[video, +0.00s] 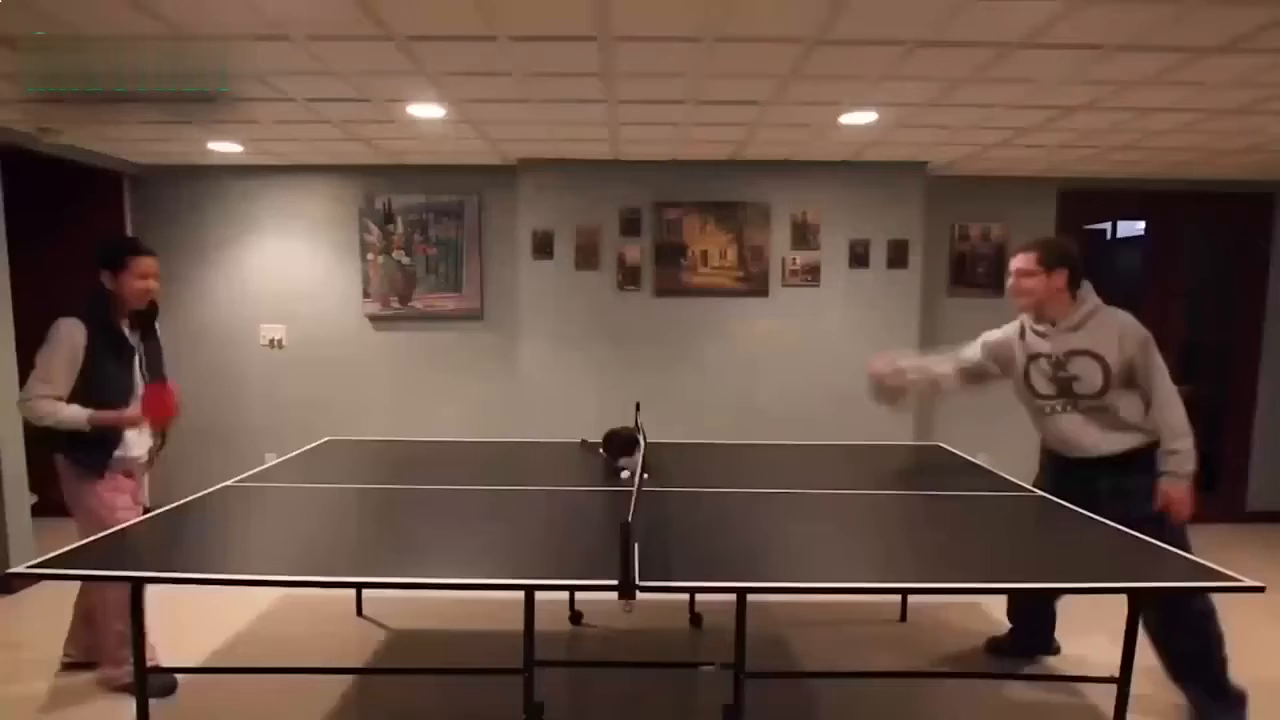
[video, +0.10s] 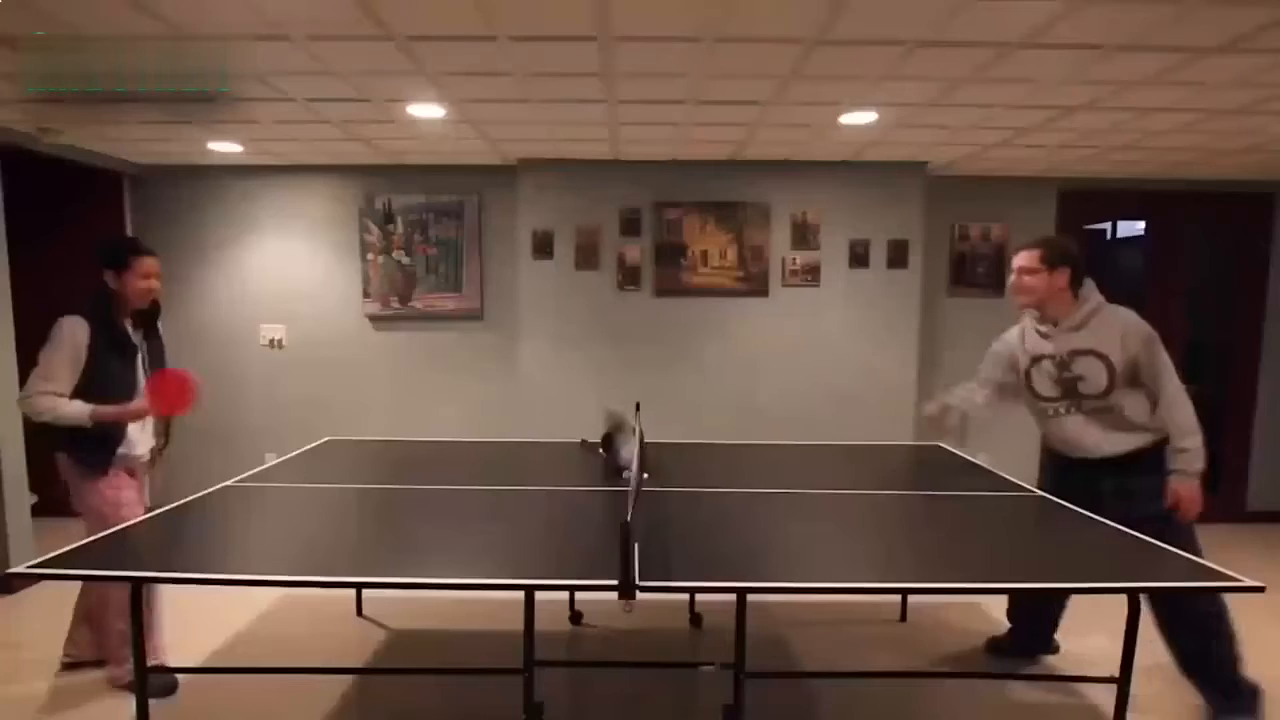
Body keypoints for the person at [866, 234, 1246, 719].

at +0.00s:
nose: (1013, 285)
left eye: (1024, 275)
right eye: (1012, 275)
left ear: (1060, 279)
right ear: (1018, 284)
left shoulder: (1120, 330)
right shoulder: (1013, 340)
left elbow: (1165, 400)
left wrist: (1177, 472)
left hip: (1130, 468)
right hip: (1063, 469)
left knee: (1168, 584)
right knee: (1034, 550)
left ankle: (1215, 701)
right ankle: (1030, 634)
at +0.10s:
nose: (1015, 281)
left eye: (1026, 273)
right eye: (1014, 273)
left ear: (1060, 278)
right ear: (1015, 280)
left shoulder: (1124, 328)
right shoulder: (1015, 343)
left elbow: (1172, 396)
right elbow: (980, 392)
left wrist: (1187, 471)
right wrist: (940, 412)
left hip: (1137, 467)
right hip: (1066, 468)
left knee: (1178, 581)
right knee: (1043, 556)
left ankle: (1229, 693)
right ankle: (1027, 637)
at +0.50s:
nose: (1160, 251)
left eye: (1174, 241)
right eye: (1159, 241)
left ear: (1216, 249)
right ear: (1159, 248)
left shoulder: (1262, 318)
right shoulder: (1154, 313)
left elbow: (1277, 417)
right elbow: (1149, 384)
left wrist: (1267, 499)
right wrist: (1122, 407)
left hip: (1224, 484)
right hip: (1157, 476)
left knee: (1234, 616)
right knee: (1122, 570)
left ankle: (1256, 707)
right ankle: (1070, 648)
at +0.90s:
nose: (1154, 247)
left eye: (1167, 238)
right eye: (1154, 238)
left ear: (1208, 246)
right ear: (1159, 247)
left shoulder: (1255, 318)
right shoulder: (1161, 313)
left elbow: (1263, 418)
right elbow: (1154, 390)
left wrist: (1230, 497)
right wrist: (1114, 401)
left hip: (1201, 481)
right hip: (1142, 471)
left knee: (1230, 614)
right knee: (1112, 571)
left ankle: (1260, 707)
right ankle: (1068, 650)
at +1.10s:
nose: (1127, 262)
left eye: (1138, 251)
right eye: (1127, 251)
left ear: (1179, 256)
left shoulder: (1232, 323)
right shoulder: (1141, 322)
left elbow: (1250, 420)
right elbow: (1136, 393)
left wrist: (1204, 499)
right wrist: (1091, 405)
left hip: (1188, 485)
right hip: (1126, 476)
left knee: (1217, 617)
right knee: (1073, 553)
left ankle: (1260, 704)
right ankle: (1049, 646)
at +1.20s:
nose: (1082, 276)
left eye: (1093, 264)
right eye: (1081, 266)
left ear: (1130, 265)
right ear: (1086, 273)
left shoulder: (1183, 327)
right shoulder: (1100, 330)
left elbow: (1209, 425)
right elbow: (1100, 398)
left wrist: (1167, 497)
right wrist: (1055, 413)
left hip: (1160, 485)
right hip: (1099, 480)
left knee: (1194, 607)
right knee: (1055, 567)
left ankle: (1257, 705)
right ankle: (1020, 653)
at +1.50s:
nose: (1017, 277)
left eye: (1026, 266)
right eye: (1014, 268)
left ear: (1064, 263)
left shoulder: (1124, 322)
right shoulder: (1030, 321)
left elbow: (1157, 403)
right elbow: (1001, 387)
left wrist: (1133, 476)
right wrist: (979, 393)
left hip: (1100, 469)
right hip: (1041, 464)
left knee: (1104, 586)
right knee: (1018, 555)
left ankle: (1160, 692)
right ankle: (1022, 647)